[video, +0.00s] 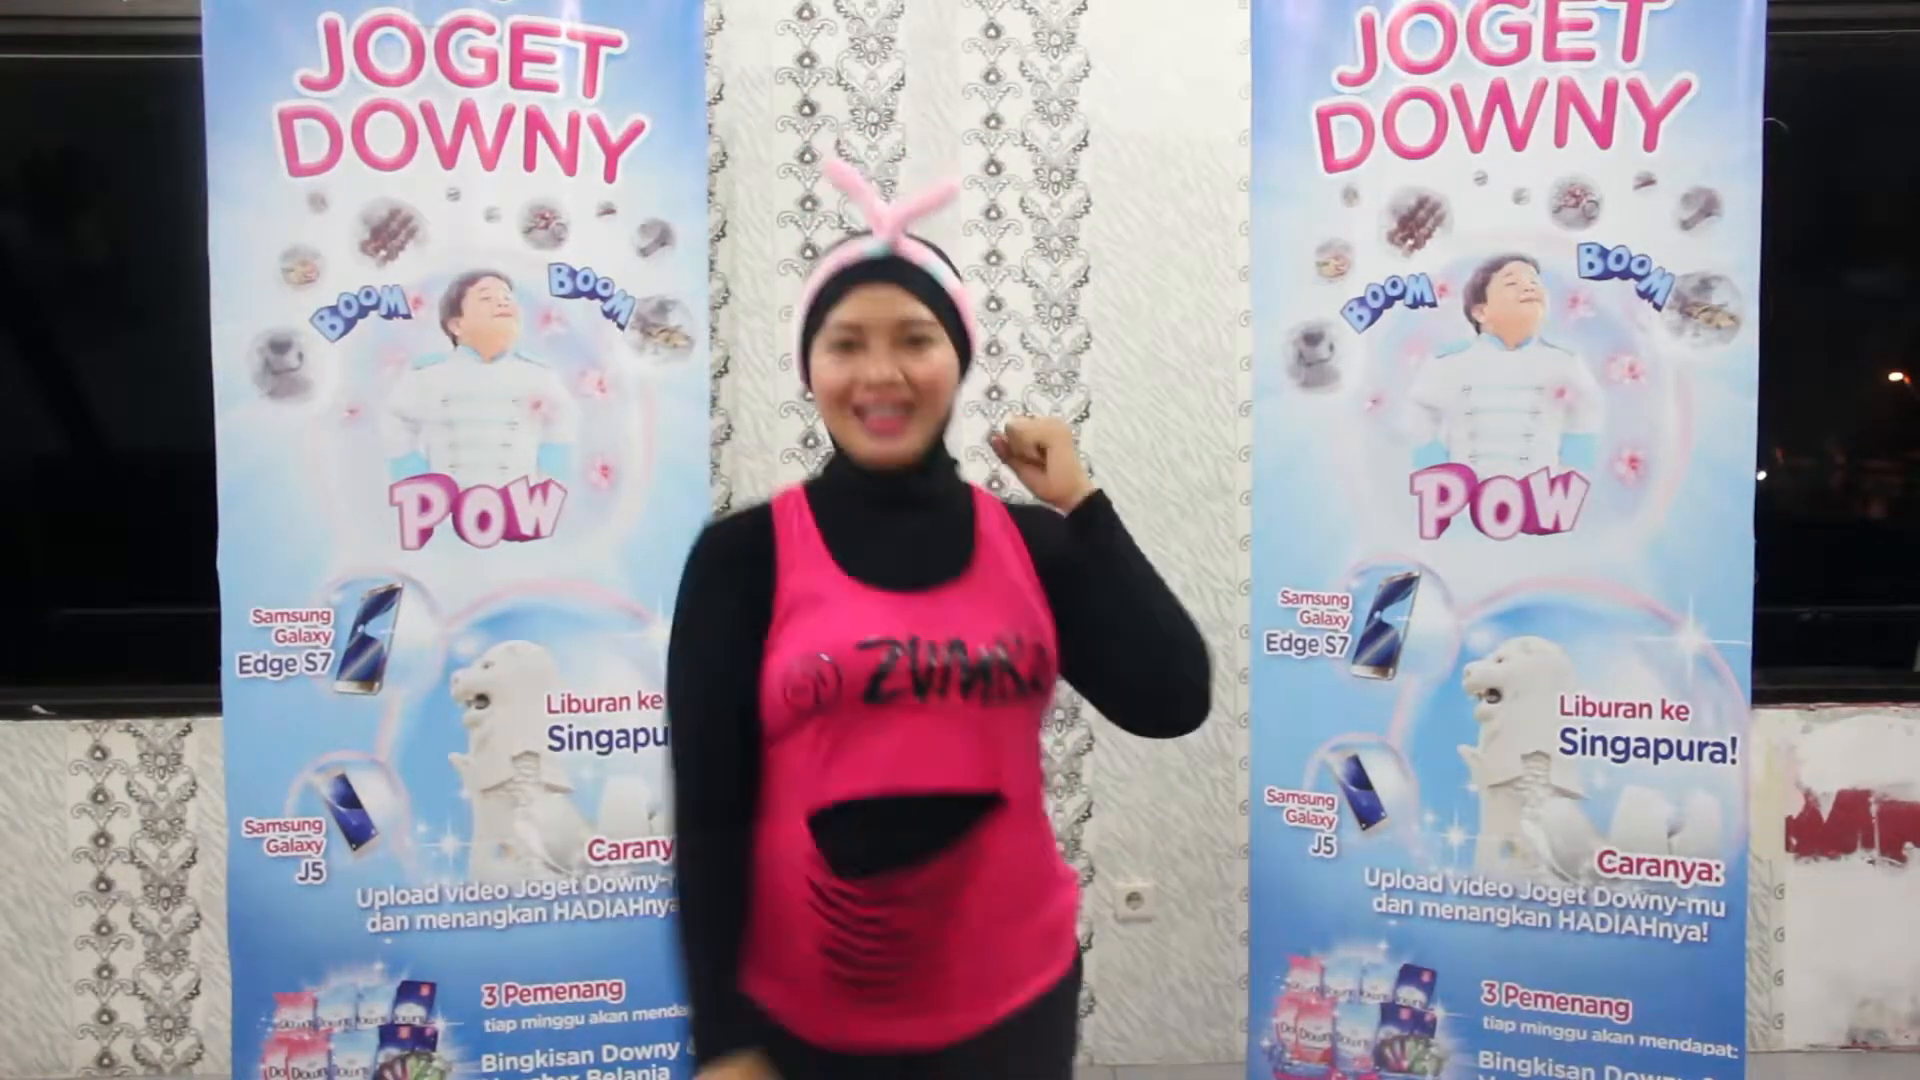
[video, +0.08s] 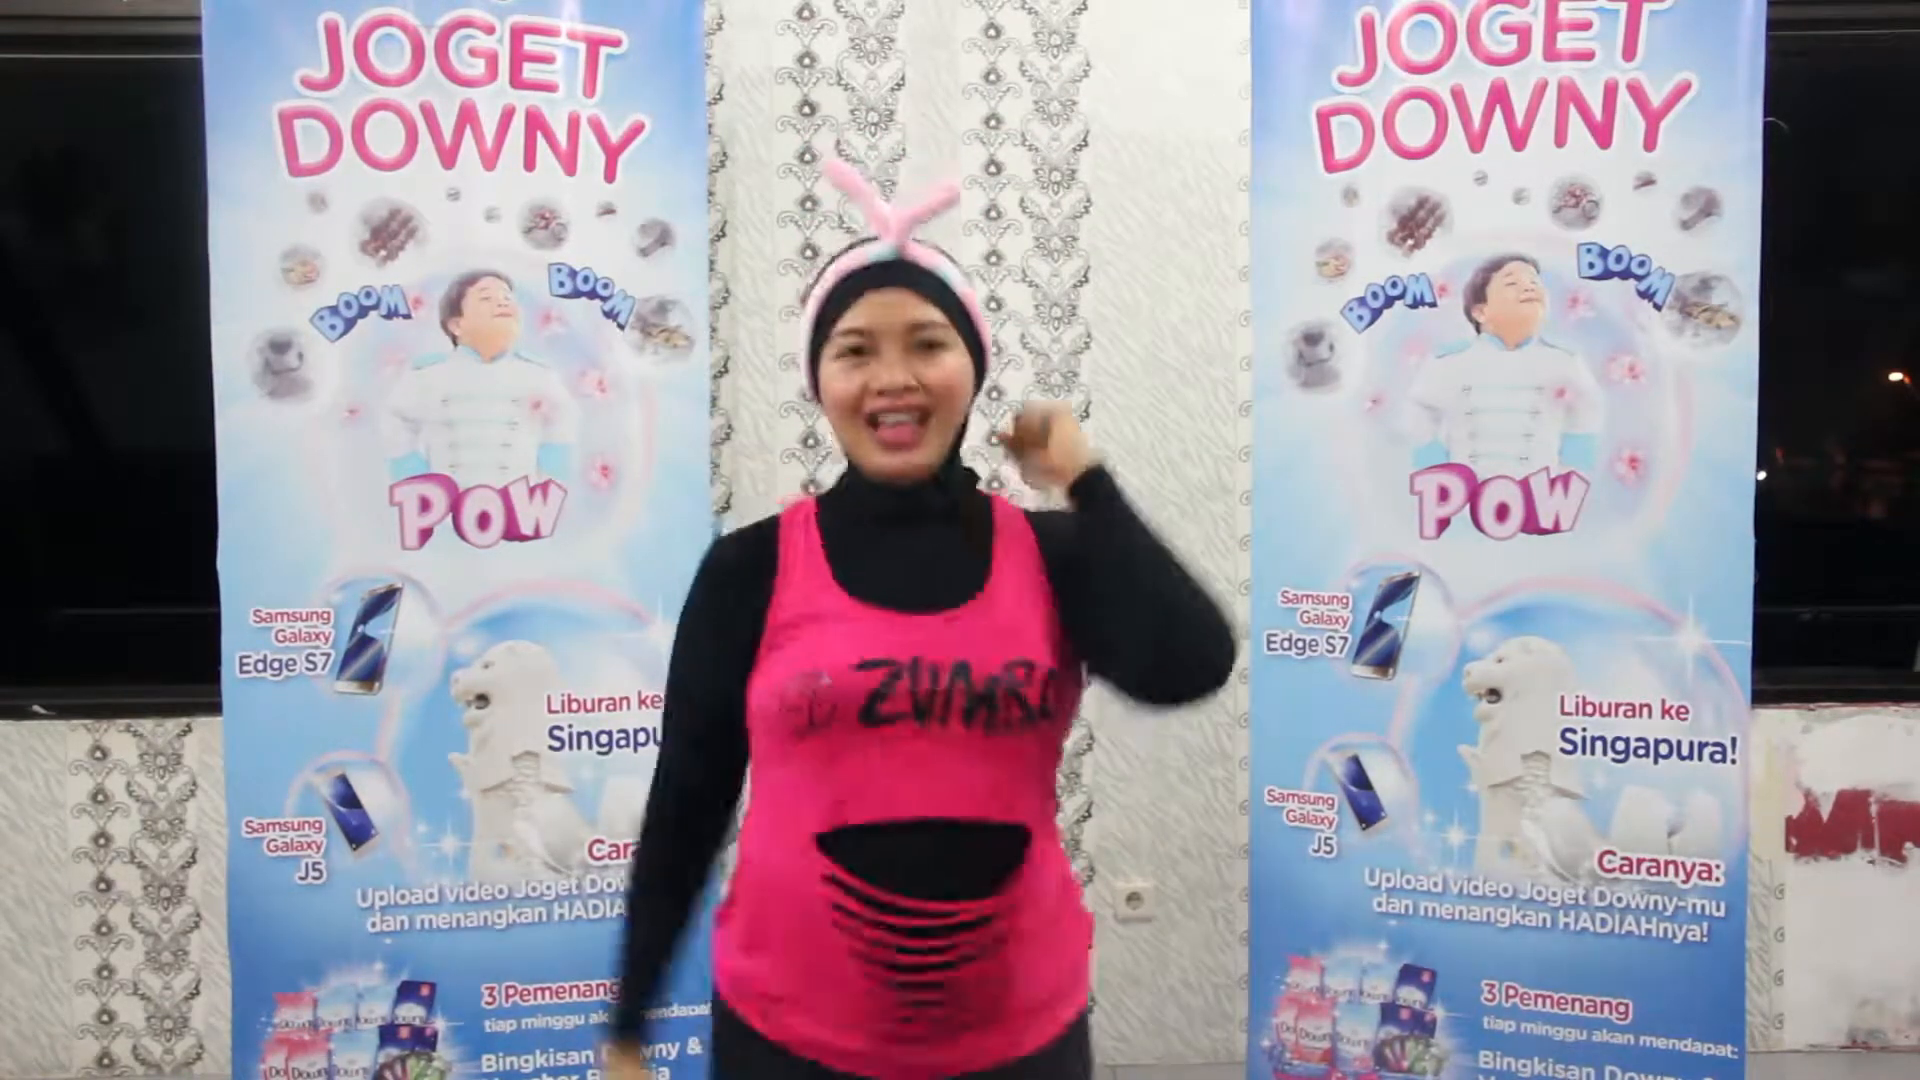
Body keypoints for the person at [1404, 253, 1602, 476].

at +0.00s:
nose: (1528, 287)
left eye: (1534, 281)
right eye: (1510, 282)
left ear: (1545, 300)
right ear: (1479, 311)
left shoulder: (1565, 365)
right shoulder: (1445, 367)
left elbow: (1583, 435)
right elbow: (1417, 424)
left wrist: (1563, 495)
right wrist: (1437, 482)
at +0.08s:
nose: (1529, 287)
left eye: (1534, 281)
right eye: (1510, 283)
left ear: (1545, 300)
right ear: (1479, 311)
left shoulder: (1565, 365)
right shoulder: (1445, 367)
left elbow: (1583, 437)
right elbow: (1417, 424)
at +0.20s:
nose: (1528, 287)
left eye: (1534, 281)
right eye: (1510, 282)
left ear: (1545, 300)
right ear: (1479, 311)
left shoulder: (1565, 365)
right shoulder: (1445, 367)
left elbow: (1583, 435)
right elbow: (1417, 424)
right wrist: (1437, 483)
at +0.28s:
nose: (1529, 287)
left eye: (1534, 281)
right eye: (1510, 282)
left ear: (1545, 300)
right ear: (1479, 311)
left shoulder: (1565, 365)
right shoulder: (1445, 367)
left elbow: (1583, 437)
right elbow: (1417, 425)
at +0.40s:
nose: (1529, 287)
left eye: (1534, 281)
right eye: (1510, 283)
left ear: (1545, 300)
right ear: (1479, 311)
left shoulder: (1565, 365)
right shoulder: (1445, 367)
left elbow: (1583, 435)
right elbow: (1417, 425)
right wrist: (1437, 483)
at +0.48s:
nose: (1529, 287)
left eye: (1534, 281)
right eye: (1511, 283)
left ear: (1545, 300)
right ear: (1479, 311)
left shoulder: (1565, 365)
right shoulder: (1445, 367)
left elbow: (1582, 438)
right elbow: (1418, 426)